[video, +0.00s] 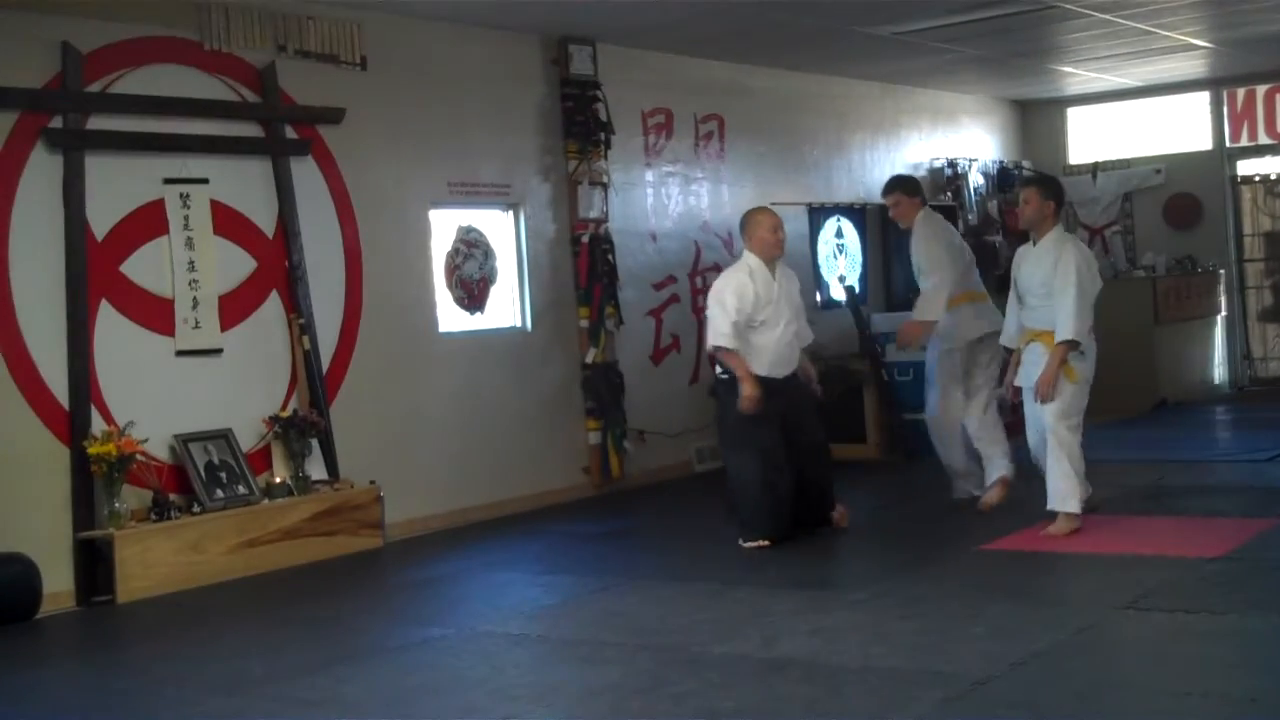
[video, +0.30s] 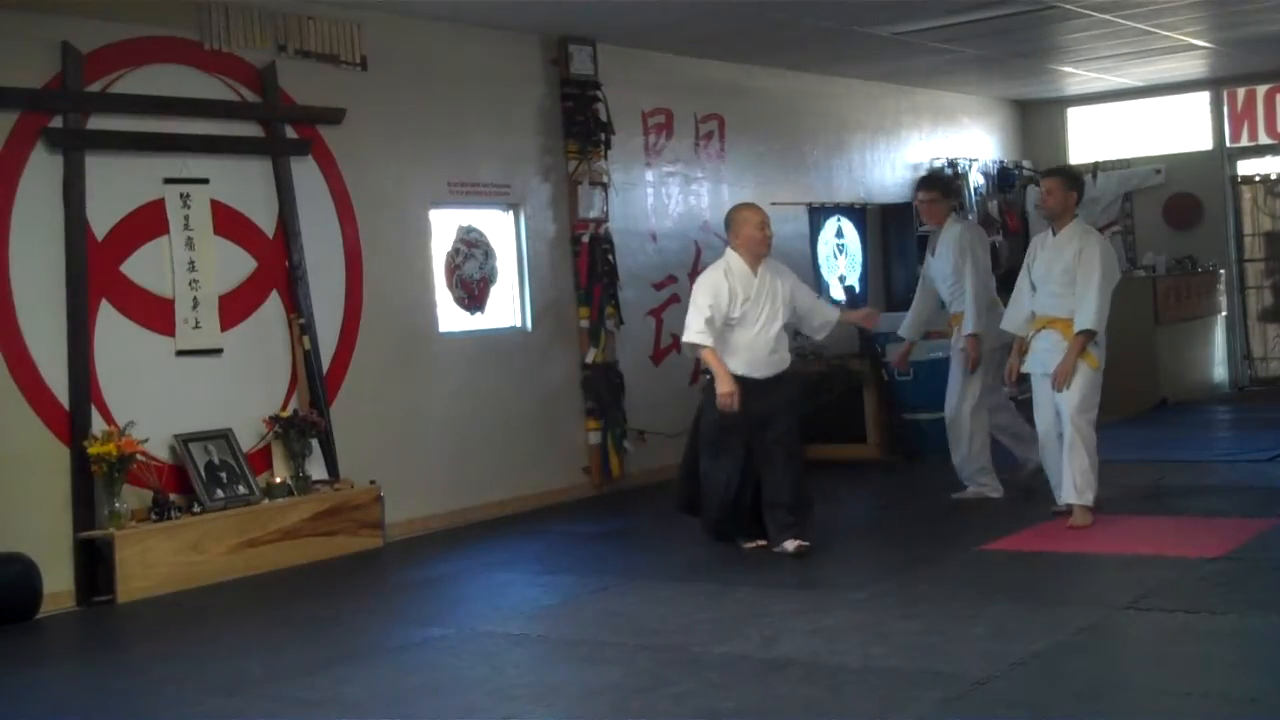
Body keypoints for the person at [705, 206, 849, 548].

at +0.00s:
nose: (781, 237)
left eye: (782, 230)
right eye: (773, 231)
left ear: (780, 236)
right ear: (751, 238)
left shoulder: (787, 277)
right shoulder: (731, 283)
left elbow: (791, 332)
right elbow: (720, 341)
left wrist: (805, 366)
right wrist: (745, 377)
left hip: (787, 381)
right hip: (746, 385)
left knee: (808, 445)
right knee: (752, 460)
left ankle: (818, 509)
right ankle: (755, 528)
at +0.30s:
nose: (769, 234)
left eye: (769, 227)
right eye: (761, 228)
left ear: (766, 232)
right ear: (735, 236)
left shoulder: (778, 274)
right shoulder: (714, 280)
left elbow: (812, 308)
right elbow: (698, 335)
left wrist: (851, 317)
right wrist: (721, 374)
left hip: (777, 382)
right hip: (733, 385)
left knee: (782, 457)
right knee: (734, 461)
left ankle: (786, 531)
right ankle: (742, 530)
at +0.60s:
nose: (779, 232)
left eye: (778, 225)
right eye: (771, 226)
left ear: (762, 234)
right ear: (743, 233)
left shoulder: (783, 279)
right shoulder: (717, 275)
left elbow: (813, 314)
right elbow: (714, 332)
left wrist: (852, 314)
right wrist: (756, 360)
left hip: (773, 389)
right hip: (725, 392)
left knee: (775, 464)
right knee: (714, 462)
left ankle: (772, 544)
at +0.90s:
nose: (773, 225)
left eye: (771, 218)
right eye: (765, 219)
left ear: (746, 228)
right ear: (738, 227)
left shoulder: (769, 272)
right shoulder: (709, 277)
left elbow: (783, 318)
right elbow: (707, 341)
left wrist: (802, 338)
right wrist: (747, 375)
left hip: (770, 389)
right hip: (721, 394)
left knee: (779, 469)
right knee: (725, 471)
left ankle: (777, 550)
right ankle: (723, 558)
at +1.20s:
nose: (755, 222)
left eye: (753, 215)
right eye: (749, 215)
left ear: (721, 222)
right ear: (727, 221)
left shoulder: (715, 263)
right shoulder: (713, 269)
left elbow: (740, 326)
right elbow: (723, 341)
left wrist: (785, 340)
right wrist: (753, 394)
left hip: (699, 394)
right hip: (705, 398)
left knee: (707, 489)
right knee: (721, 489)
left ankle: (704, 574)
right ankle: (723, 579)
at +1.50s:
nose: (709, 233)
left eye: (709, 225)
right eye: (708, 225)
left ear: (664, 226)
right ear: (694, 226)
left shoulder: (649, 267)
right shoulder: (683, 272)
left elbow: (689, 324)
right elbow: (680, 338)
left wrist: (734, 300)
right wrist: (694, 393)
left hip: (630, 388)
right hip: (665, 391)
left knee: (640, 496)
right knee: (710, 487)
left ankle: (633, 597)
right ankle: (716, 581)